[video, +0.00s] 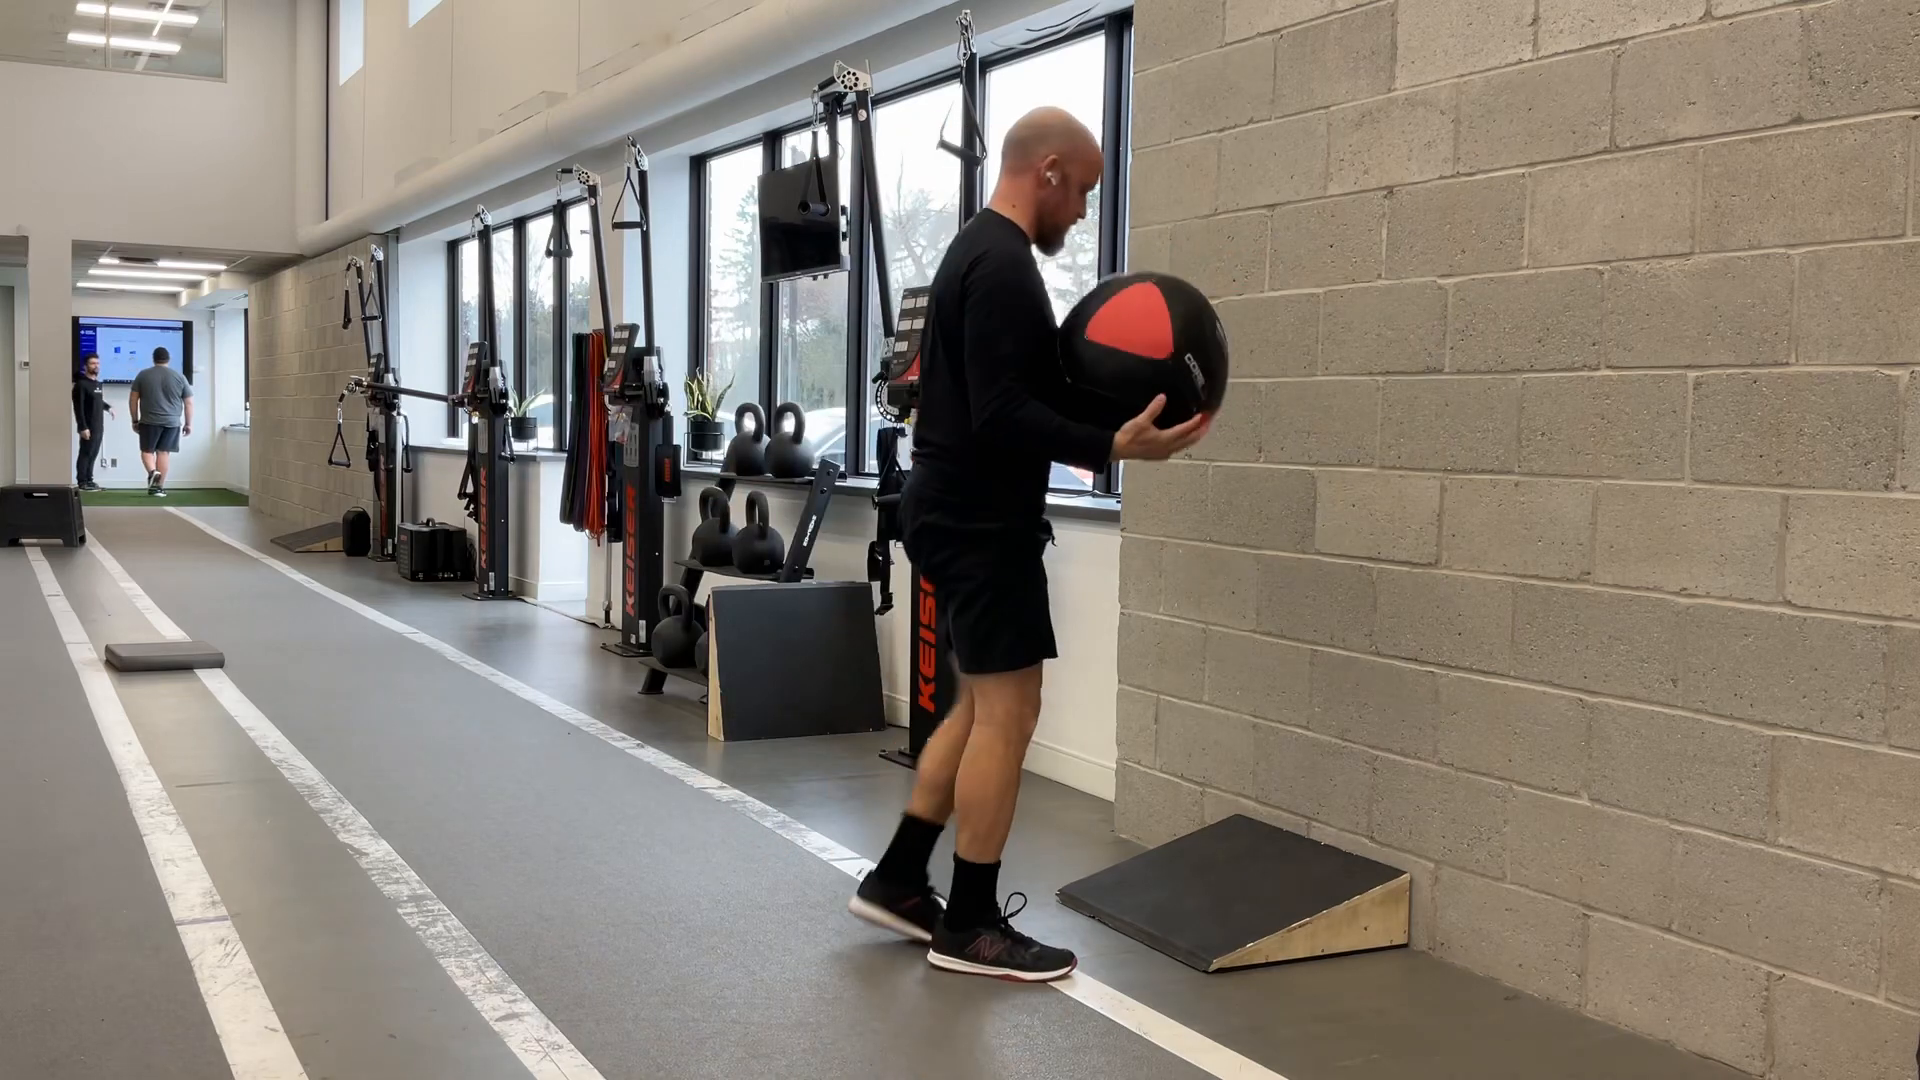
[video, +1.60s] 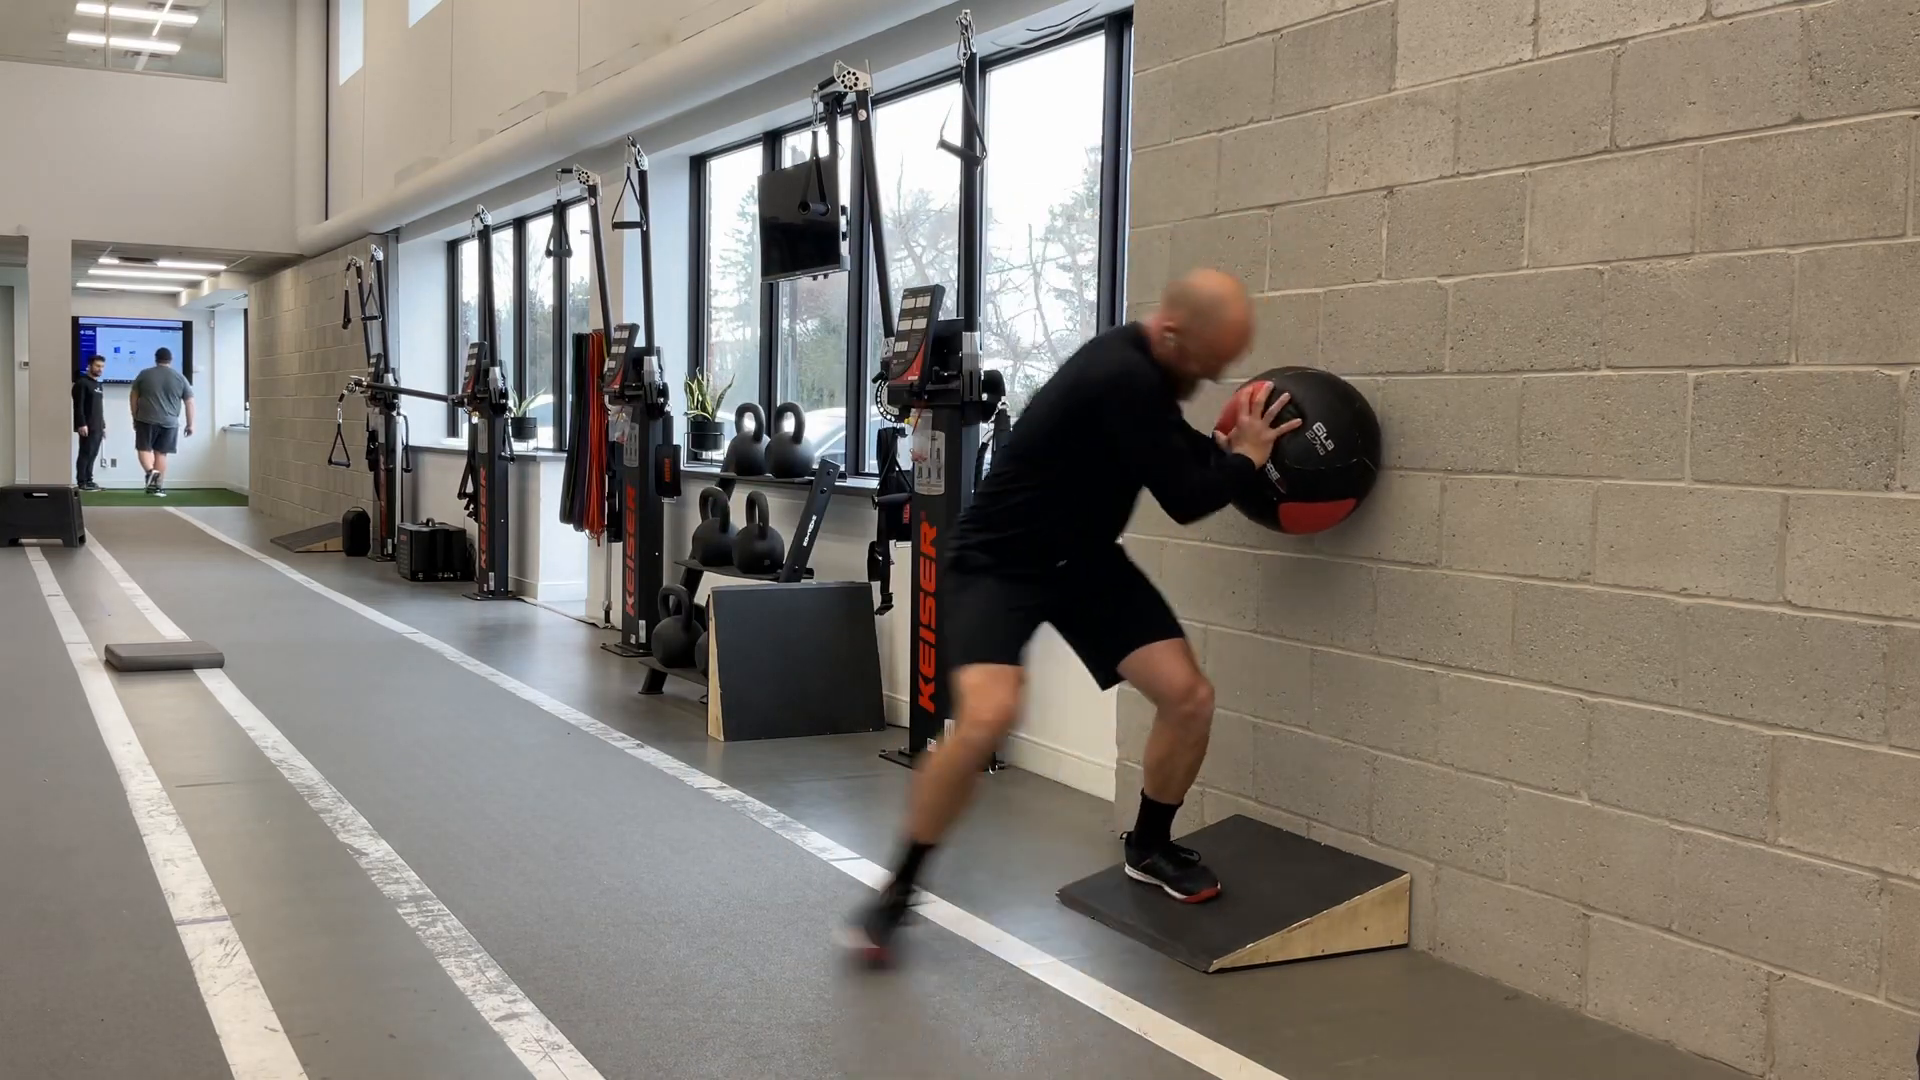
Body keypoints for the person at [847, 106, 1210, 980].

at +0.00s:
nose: (1081, 211)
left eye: (1087, 195)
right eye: (1081, 192)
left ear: (1028, 171)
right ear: (1044, 176)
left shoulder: (981, 252)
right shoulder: (999, 263)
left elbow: (1030, 388)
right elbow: (1007, 411)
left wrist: (1126, 408)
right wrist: (1112, 446)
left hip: (958, 514)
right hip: (983, 521)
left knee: (979, 705)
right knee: (1007, 713)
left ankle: (897, 878)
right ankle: (970, 925)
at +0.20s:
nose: (1125, 214)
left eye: (1130, 197)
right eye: (1124, 195)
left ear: (1074, 178)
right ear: (1083, 179)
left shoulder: (1044, 265)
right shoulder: (1019, 267)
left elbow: (1045, 404)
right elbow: (1005, 420)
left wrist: (1131, 405)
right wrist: (1111, 438)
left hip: (1039, 517)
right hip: (994, 524)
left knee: (1105, 673)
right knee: (1013, 716)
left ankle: (1011, 825)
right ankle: (966, 921)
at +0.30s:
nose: (1151, 216)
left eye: (1155, 199)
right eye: (1149, 197)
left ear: (1102, 181)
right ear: (1106, 182)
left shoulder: (1077, 271)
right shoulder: (1037, 272)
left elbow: (1068, 408)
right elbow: (1031, 423)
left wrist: (1142, 396)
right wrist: (1137, 420)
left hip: (1067, 516)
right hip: (1009, 526)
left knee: (1136, 667)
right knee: (1025, 714)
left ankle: (1100, 831)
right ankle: (969, 920)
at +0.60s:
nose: (1234, 247)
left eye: (1242, 231)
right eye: (1228, 229)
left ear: (1195, 214)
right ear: (1179, 208)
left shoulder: (1181, 291)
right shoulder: (1108, 286)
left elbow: (1173, 407)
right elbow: (1132, 410)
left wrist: (1256, 443)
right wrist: (1212, 392)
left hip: (1139, 500)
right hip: (1065, 502)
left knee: (1179, 663)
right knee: (1131, 671)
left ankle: (1152, 842)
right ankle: (1042, 866)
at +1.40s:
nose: (1262, 370)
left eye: (1275, 359)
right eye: (1258, 353)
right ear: (1222, 310)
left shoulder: (1221, 350)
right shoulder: (1156, 342)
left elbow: (1232, 466)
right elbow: (1169, 477)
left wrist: (1291, 489)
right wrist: (1233, 435)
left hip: (1136, 519)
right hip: (1062, 521)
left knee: (1195, 681)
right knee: (1141, 691)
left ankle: (1151, 841)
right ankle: (1100, 874)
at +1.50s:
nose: (1256, 380)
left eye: (1266, 368)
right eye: (1253, 365)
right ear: (1213, 334)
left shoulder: (1205, 363)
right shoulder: (1155, 365)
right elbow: (1193, 502)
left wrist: (1230, 439)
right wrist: (1235, 444)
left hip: (1114, 538)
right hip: (1035, 538)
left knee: (1200, 691)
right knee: (1097, 702)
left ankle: (1152, 842)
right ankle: (1039, 873)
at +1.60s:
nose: (1220, 372)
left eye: (1225, 359)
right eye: (1216, 358)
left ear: (1178, 332)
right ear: (1172, 330)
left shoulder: (1155, 368)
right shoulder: (1123, 378)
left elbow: (1179, 469)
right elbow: (1187, 501)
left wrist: (1232, 450)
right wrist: (1245, 457)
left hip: (1082, 554)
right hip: (996, 556)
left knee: (1189, 698)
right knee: (988, 715)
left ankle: (1148, 844)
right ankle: (896, 893)